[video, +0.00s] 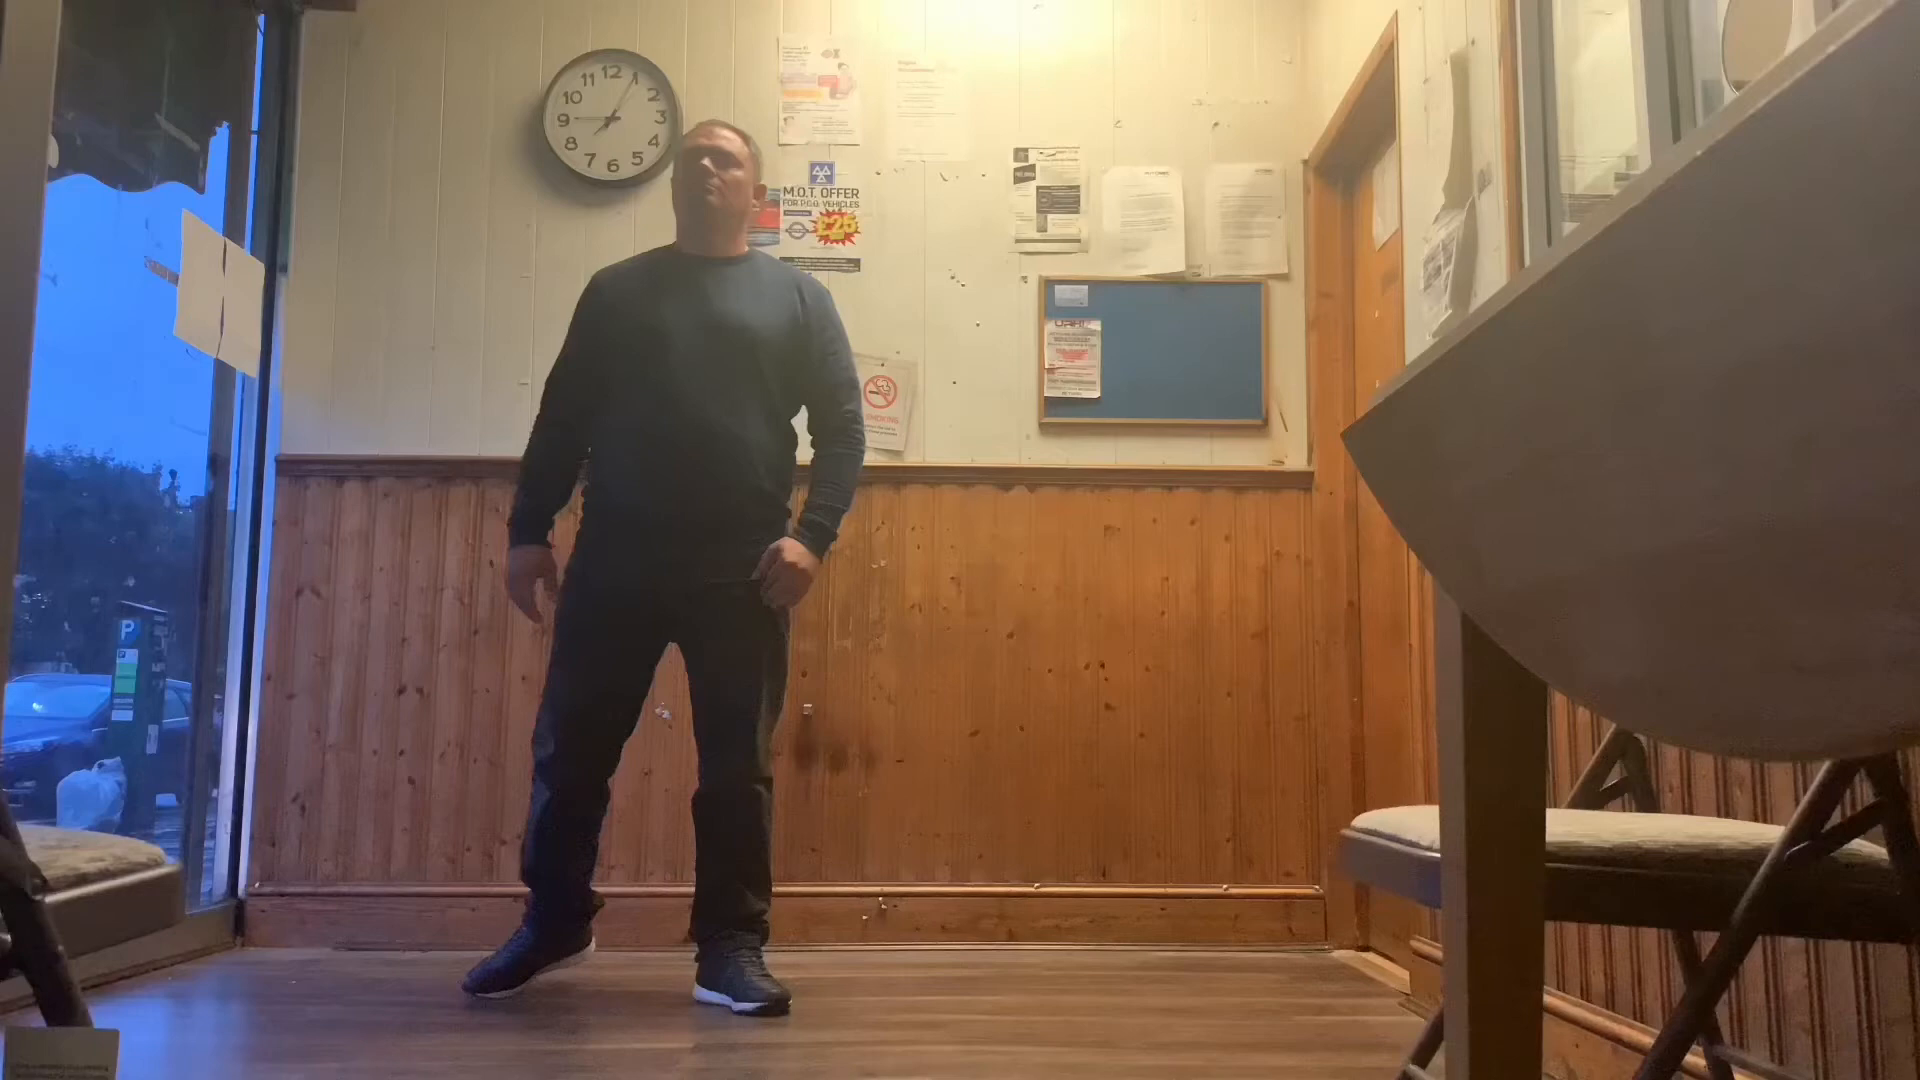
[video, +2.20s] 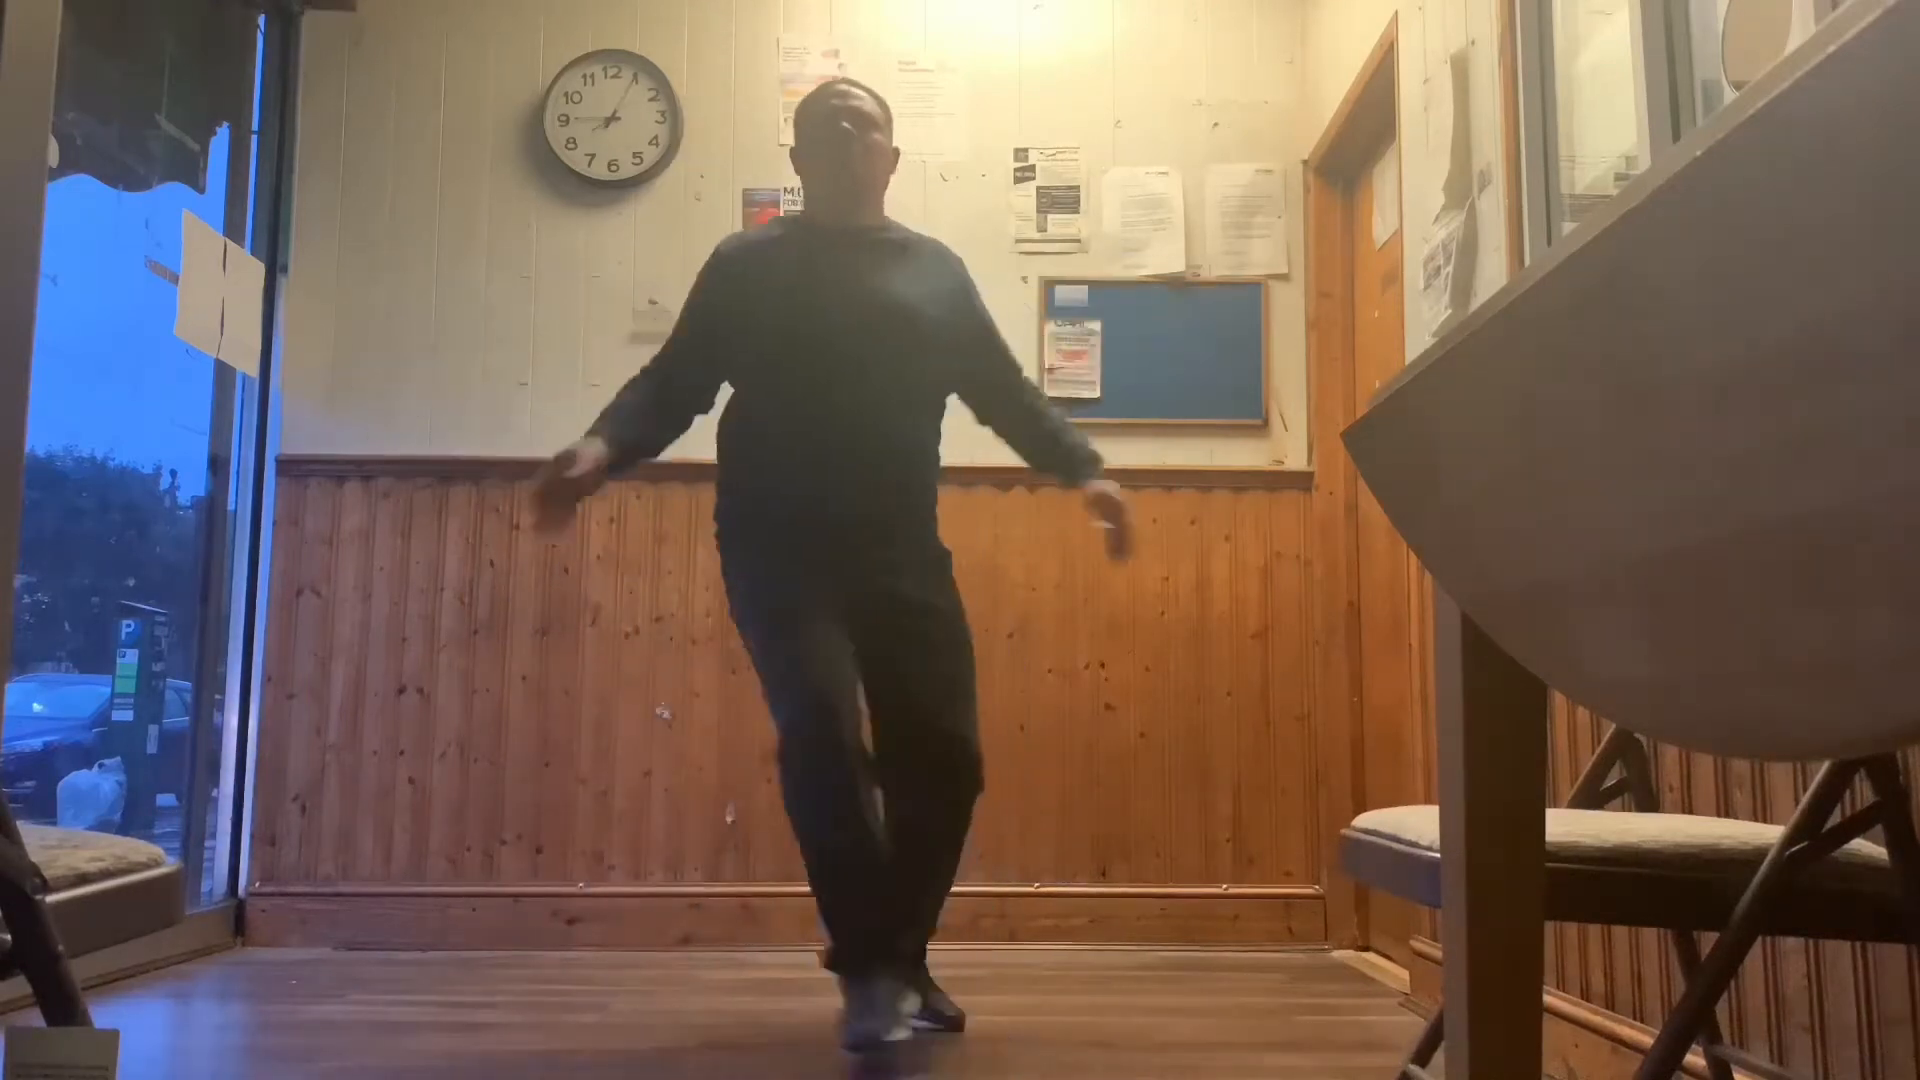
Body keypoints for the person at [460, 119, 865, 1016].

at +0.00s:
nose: (705, 166)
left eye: (724, 159)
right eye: (692, 158)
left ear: (758, 197)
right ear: (670, 188)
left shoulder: (798, 297)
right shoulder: (614, 291)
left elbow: (842, 430)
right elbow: (563, 416)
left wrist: (812, 537)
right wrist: (530, 529)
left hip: (738, 569)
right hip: (618, 563)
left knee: (736, 770)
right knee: (569, 751)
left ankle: (732, 950)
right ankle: (556, 922)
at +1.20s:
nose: (725, 135)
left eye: (743, 129)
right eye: (705, 123)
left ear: (766, 166)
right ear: (671, 155)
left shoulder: (805, 272)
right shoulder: (610, 268)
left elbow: (853, 400)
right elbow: (556, 398)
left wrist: (817, 464)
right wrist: (615, 462)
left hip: (774, 552)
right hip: (646, 552)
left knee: (812, 737)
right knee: (640, 762)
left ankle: (803, 942)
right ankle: (650, 960)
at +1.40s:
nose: (759, 134)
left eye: (774, 124)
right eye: (738, 121)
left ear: (797, 157)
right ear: (702, 151)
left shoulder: (833, 266)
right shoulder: (642, 251)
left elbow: (899, 392)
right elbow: (585, 369)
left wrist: (861, 384)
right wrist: (709, 364)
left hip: (803, 550)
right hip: (674, 551)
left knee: (834, 755)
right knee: (657, 764)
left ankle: (840, 965)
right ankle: (651, 962)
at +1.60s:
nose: (811, 133)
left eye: (822, 123)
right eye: (788, 120)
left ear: (842, 153)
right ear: (744, 150)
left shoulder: (889, 258)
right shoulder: (702, 259)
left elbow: (936, 370)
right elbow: (663, 387)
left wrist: (939, 422)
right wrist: (776, 408)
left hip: (868, 557)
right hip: (741, 557)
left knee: (882, 777)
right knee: (702, 759)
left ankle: (838, 972)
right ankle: (660, 941)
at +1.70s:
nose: (830, 124)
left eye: (841, 110)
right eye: (806, 111)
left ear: (861, 133)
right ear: (762, 135)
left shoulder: (909, 231)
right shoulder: (722, 244)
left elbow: (974, 357)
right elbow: (672, 363)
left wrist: (1038, 471)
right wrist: (679, 457)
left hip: (895, 534)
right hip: (772, 530)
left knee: (912, 752)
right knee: (768, 735)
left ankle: (848, 956)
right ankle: (739, 933)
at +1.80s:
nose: (842, 114)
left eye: (853, 100)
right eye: (818, 103)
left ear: (875, 123)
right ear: (775, 128)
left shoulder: (924, 213)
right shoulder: (735, 233)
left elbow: (1019, 315)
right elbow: (627, 332)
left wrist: (1124, 400)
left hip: (919, 517)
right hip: (799, 525)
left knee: (971, 733)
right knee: (838, 746)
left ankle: (867, 929)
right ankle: (885, 982)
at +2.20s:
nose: (845, 132)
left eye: (863, 121)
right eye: (824, 122)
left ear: (892, 158)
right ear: (794, 158)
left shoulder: (931, 270)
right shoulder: (745, 265)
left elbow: (1003, 388)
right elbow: (677, 376)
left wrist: (1086, 472)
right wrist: (602, 447)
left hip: (899, 542)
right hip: (778, 540)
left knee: (945, 757)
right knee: (823, 726)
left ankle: (900, 959)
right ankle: (870, 977)